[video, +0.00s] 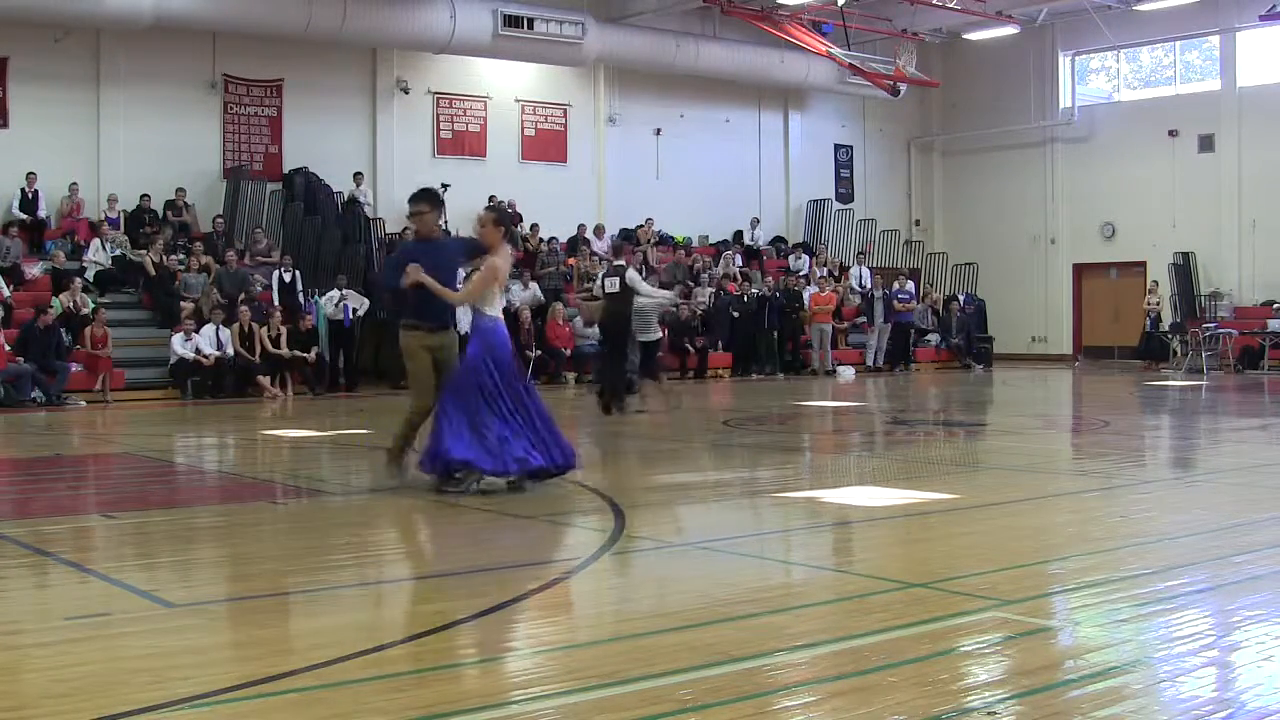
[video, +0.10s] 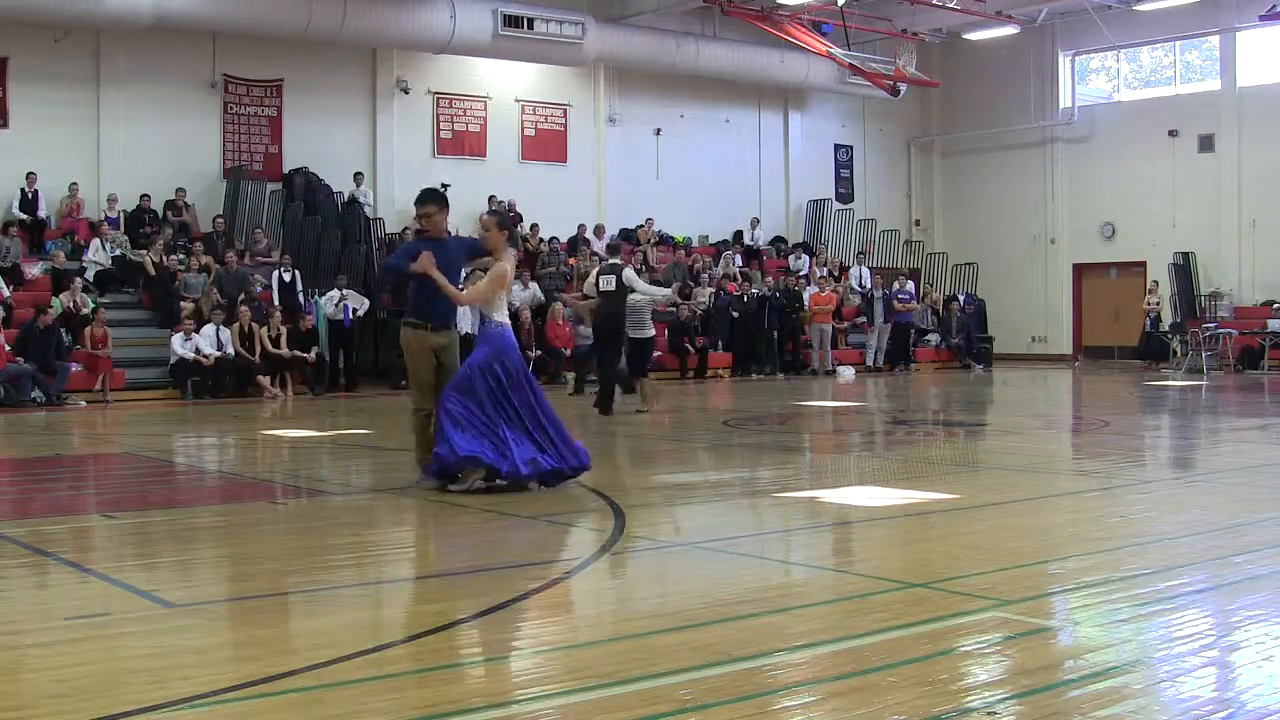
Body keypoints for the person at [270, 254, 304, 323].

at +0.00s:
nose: (287, 262)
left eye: (289, 260)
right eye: (285, 260)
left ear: (292, 262)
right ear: (281, 261)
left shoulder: (296, 273)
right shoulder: (276, 273)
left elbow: (299, 289)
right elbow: (275, 289)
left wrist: (301, 303)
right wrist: (276, 304)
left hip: (294, 304)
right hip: (282, 303)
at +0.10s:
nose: (286, 261)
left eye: (288, 259)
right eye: (284, 259)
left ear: (291, 261)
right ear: (281, 261)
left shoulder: (296, 273)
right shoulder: (276, 273)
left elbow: (299, 288)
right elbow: (275, 289)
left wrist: (301, 303)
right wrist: (276, 304)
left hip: (294, 304)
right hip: (282, 304)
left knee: (295, 326)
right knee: (283, 326)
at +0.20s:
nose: (286, 261)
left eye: (287, 259)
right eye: (284, 259)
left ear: (290, 261)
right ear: (281, 261)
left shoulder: (295, 273)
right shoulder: (275, 273)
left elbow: (300, 286)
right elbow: (275, 288)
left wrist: (303, 300)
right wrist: (277, 302)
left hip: (295, 302)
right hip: (283, 303)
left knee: (295, 324)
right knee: (284, 324)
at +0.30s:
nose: (284, 262)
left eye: (286, 260)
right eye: (282, 260)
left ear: (289, 261)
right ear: (279, 261)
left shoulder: (295, 273)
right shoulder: (275, 274)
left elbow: (300, 284)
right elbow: (275, 287)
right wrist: (278, 299)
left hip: (295, 301)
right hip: (283, 301)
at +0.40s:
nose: (283, 262)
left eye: (285, 260)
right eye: (281, 260)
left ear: (289, 261)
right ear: (279, 261)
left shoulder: (294, 273)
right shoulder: (275, 274)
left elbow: (299, 283)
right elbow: (274, 287)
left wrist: (304, 291)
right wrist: (278, 299)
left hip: (295, 299)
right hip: (283, 299)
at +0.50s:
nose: (283, 262)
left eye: (285, 260)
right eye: (282, 260)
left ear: (288, 261)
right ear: (279, 262)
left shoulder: (294, 274)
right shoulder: (274, 274)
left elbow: (300, 287)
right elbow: (274, 288)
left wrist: (303, 299)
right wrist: (277, 300)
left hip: (294, 302)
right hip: (283, 303)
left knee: (295, 323)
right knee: (284, 323)